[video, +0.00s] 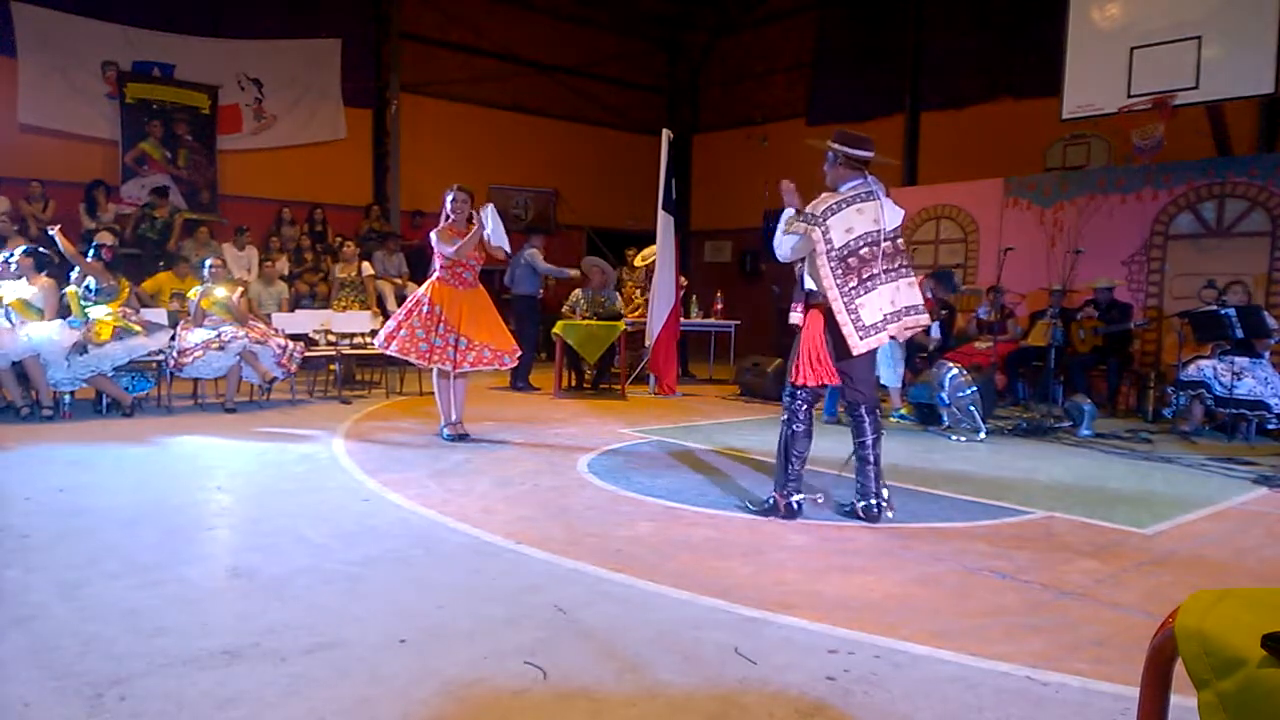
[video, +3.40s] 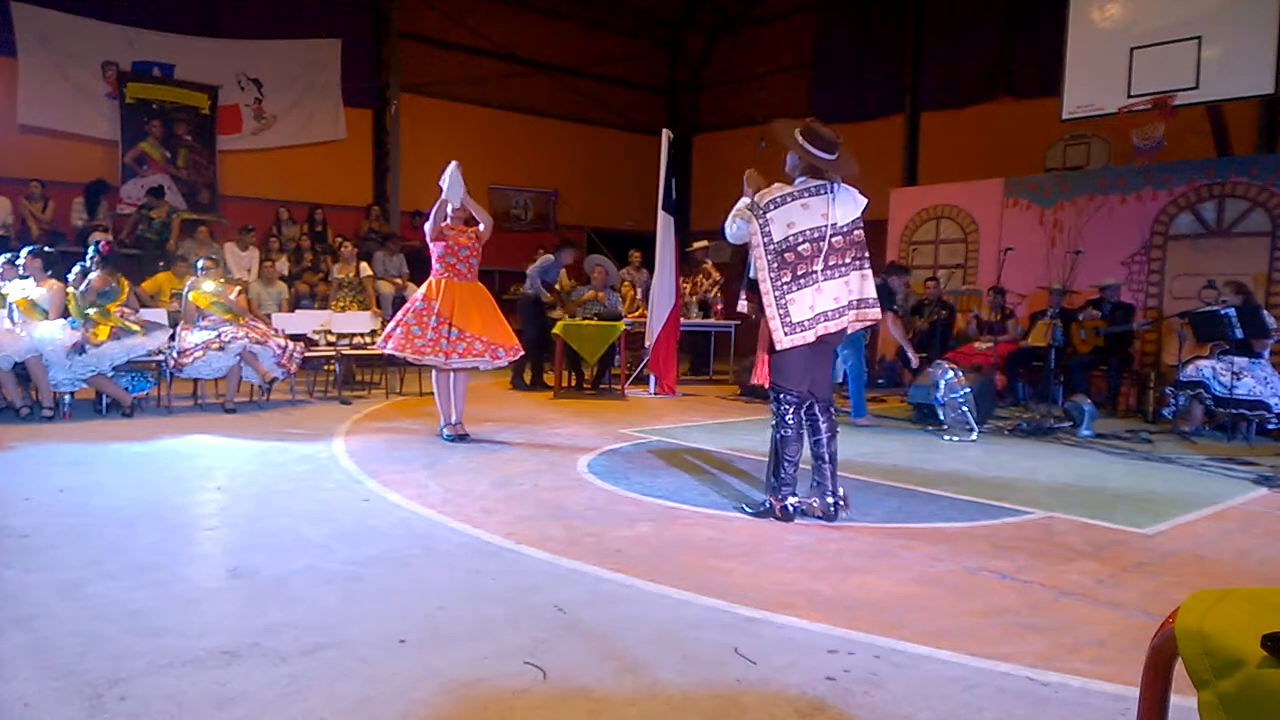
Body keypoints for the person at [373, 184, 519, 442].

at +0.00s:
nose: (458, 206)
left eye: (463, 202)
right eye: (454, 201)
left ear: (471, 207)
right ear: (446, 205)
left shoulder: (477, 235)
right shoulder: (439, 233)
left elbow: (501, 256)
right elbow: (459, 253)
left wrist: (490, 223)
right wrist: (479, 227)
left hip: (468, 302)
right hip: (443, 301)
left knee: (462, 364)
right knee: (443, 365)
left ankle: (458, 421)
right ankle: (446, 421)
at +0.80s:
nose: (460, 210)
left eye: (465, 205)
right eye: (455, 205)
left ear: (471, 206)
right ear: (450, 207)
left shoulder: (481, 236)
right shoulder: (440, 231)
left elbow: (486, 229)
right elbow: (441, 224)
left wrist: (469, 201)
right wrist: (449, 199)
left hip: (470, 296)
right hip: (443, 294)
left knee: (462, 364)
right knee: (443, 364)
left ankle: (458, 421)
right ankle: (445, 421)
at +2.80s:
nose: (458, 210)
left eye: (462, 206)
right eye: (454, 208)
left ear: (469, 209)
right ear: (449, 211)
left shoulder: (480, 237)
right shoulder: (440, 233)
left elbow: (481, 224)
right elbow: (436, 223)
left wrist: (465, 200)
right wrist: (443, 197)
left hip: (469, 296)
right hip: (442, 295)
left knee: (463, 364)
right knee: (443, 364)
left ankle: (459, 421)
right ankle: (446, 422)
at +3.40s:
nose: (456, 207)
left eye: (461, 204)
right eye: (452, 204)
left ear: (468, 210)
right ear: (444, 208)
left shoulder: (476, 236)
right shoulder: (437, 233)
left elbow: (487, 222)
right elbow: (433, 225)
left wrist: (466, 198)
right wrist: (444, 198)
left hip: (468, 296)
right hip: (441, 295)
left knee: (461, 364)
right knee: (442, 364)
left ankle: (458, 421)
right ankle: (445, 421)